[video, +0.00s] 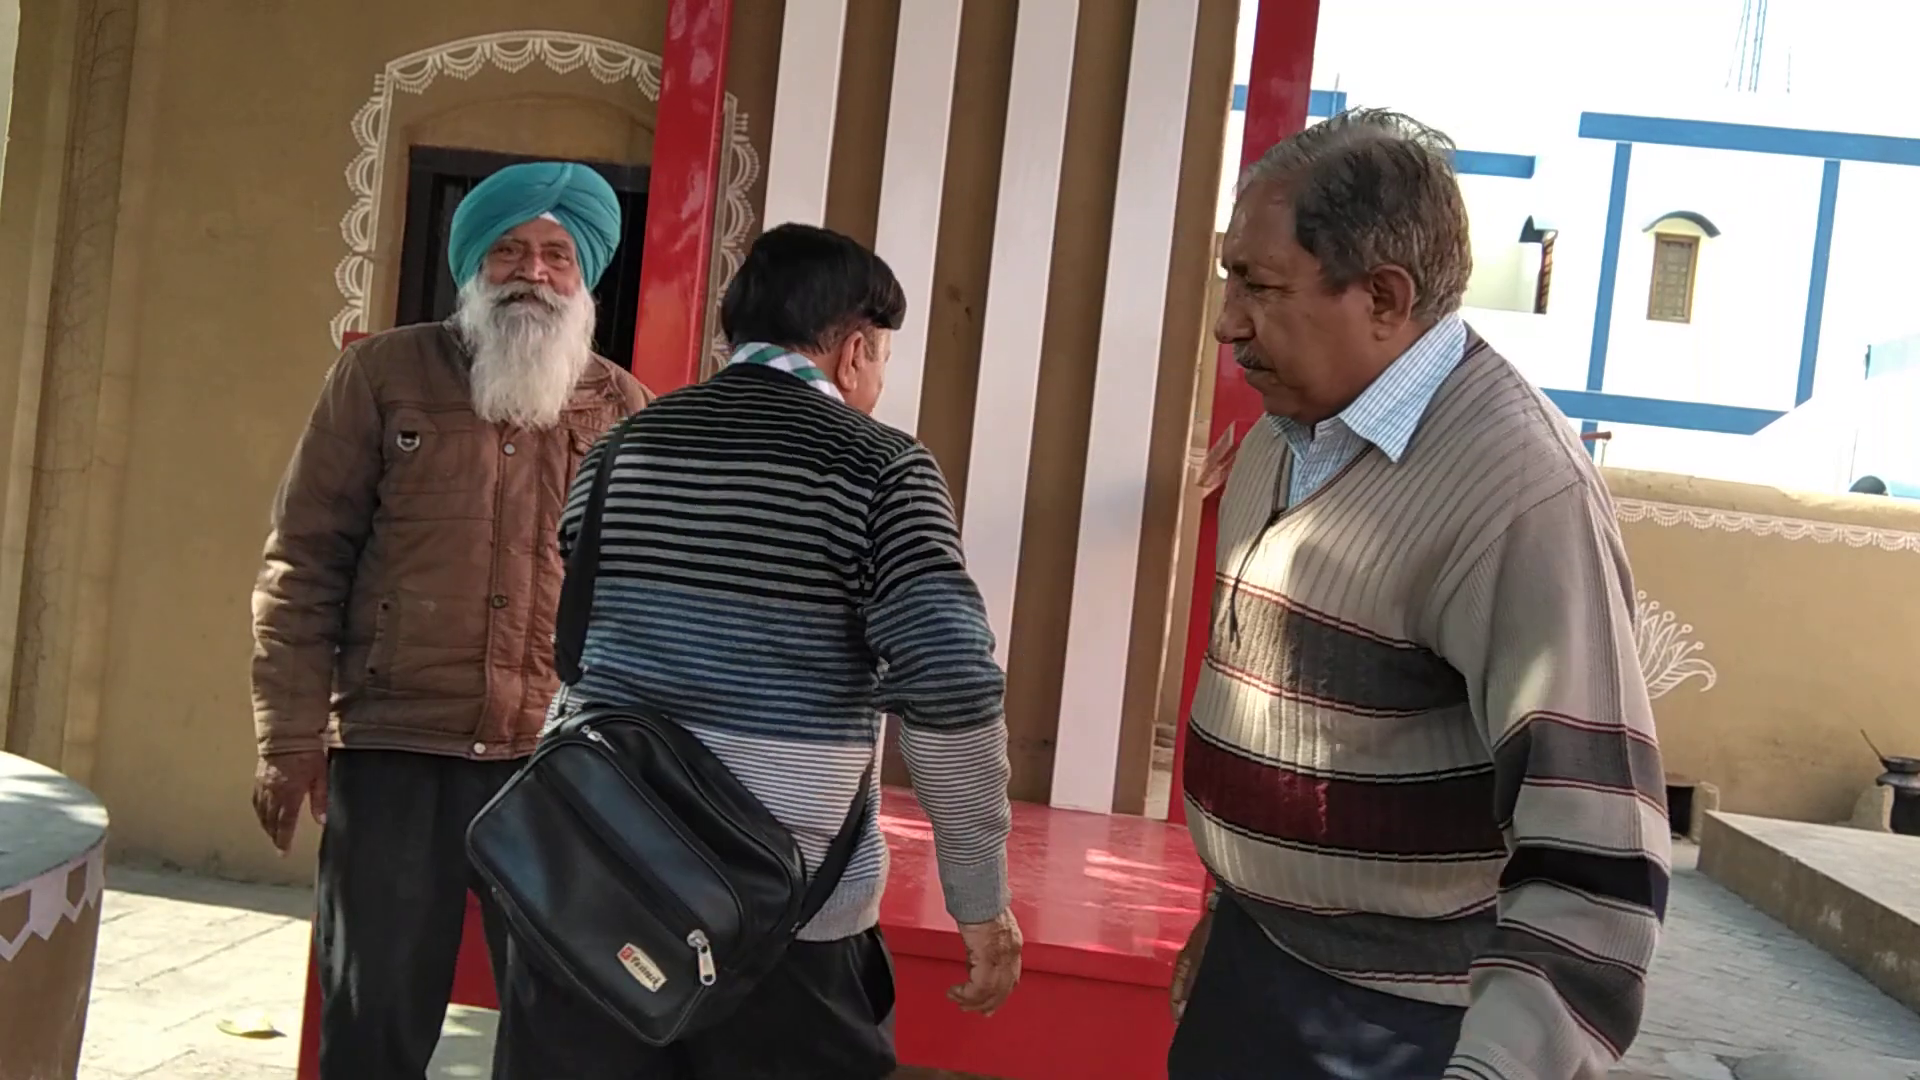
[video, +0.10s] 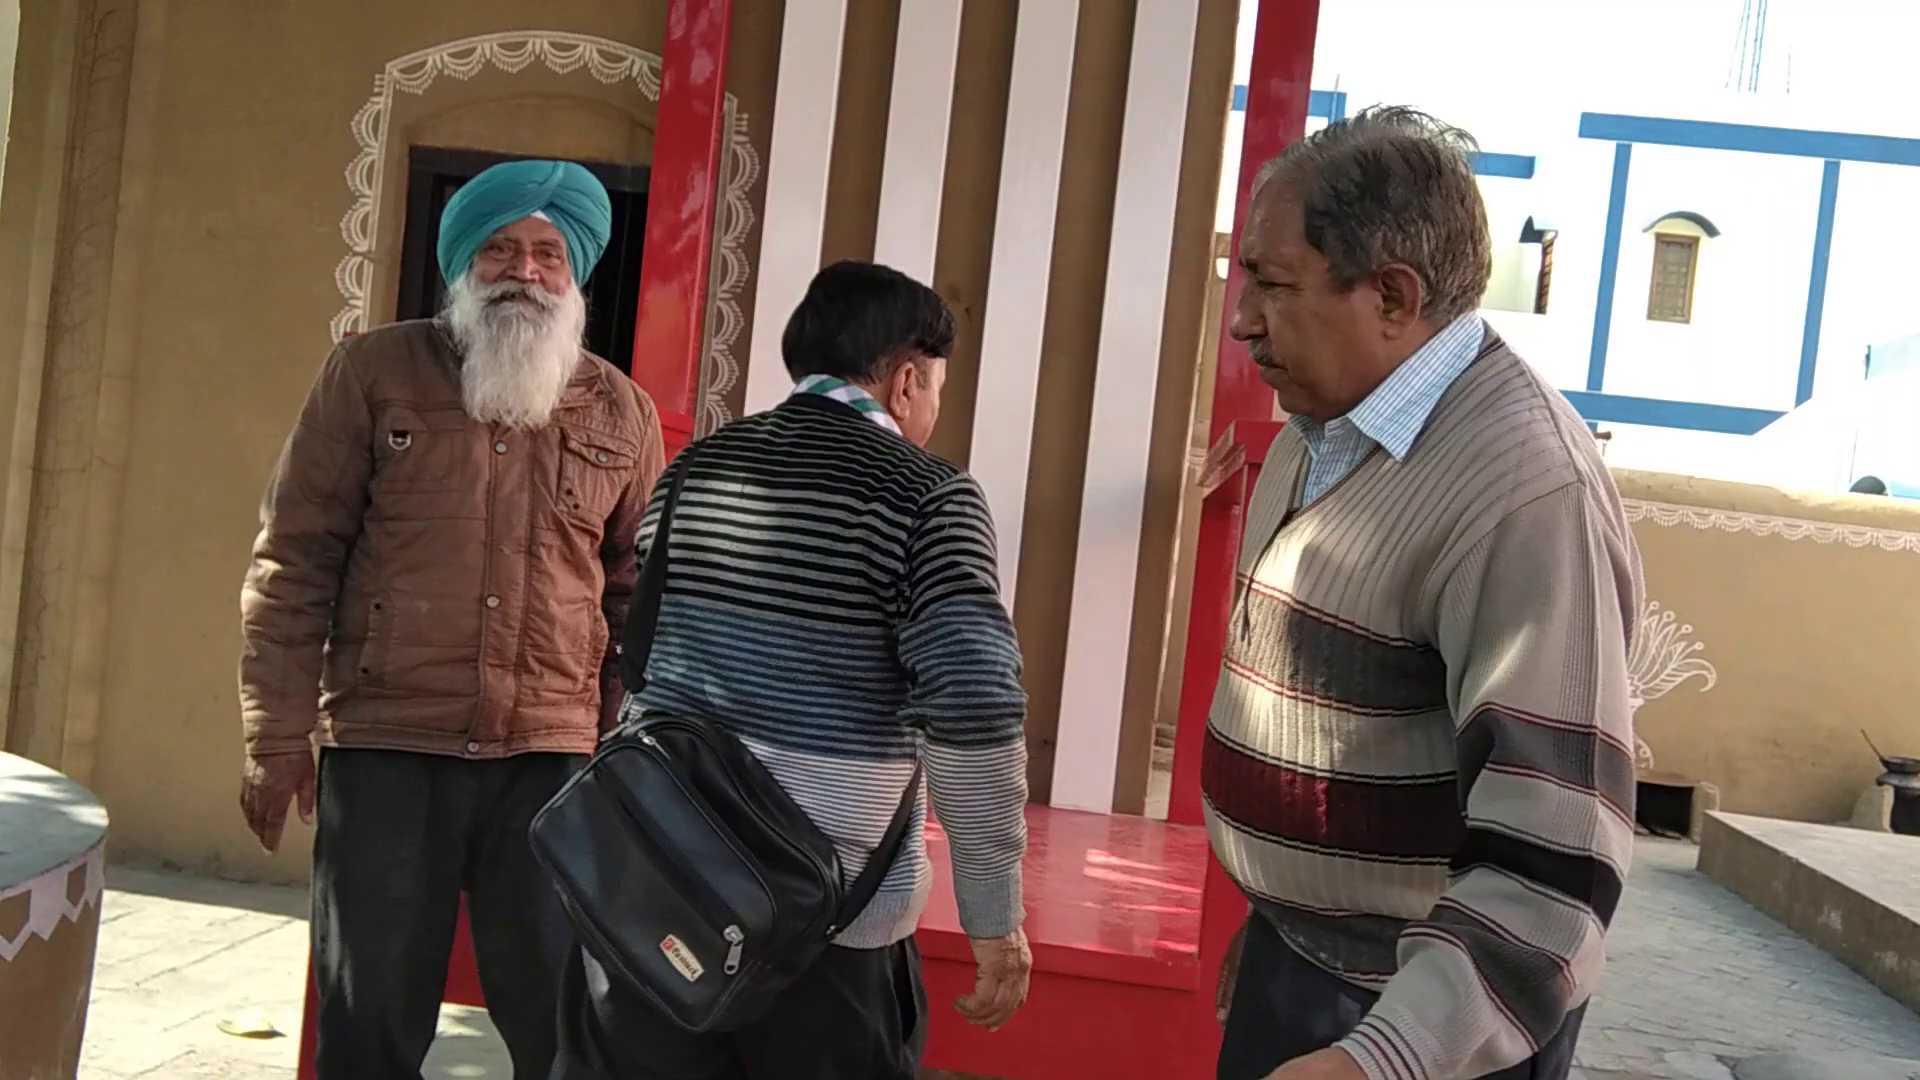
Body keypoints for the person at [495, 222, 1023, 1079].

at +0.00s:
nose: (885, 381)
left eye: (889, 359)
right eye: (887, 359)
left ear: (740, 334)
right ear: (856, 351)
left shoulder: (626, 440)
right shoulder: (880, 464)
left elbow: (575, 648)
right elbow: (949, 688)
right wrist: (980, 896)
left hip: (596, 869)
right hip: (785, 902)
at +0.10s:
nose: (939, 409)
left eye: (943, 390)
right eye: (939, 388)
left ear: (806, 362)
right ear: (903, 380)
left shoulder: (696, 464)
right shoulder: (928, 493)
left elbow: (643, 660)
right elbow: (972, 714)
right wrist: (995, 916)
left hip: (660, 889)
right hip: (831, 926)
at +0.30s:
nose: (1056, 430)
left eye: (1059, 409)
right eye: (1051, 407)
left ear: (924, 386)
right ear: (997, 403)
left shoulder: (833, 466)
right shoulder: (993, 510)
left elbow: (771, 663)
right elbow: (983, 721)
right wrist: (1018, 904)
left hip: (783, 855)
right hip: (902, 895)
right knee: (910, 1058)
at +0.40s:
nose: (1096, 419)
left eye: (1097, 400)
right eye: (1084, 398)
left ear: (999, 391)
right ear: (1012, 391)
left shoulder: (898, 452)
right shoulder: (1000, 494)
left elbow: (801, 626)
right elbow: (955, 699)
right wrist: (1016, 866)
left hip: (840, 847)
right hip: (910, 866)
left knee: (889, 1059)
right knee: (917, 1061)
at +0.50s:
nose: (1110, 423)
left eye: (1117, 406)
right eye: (1092, 401)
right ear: (1019, 395)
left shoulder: (1005, 480)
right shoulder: (985, 491)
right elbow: (918, 682)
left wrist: (1169, 492)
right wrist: (997, 848)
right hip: (898, 864)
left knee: (919, 1061)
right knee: (914, 1064)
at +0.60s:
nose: (1109, 435)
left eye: (1122, 416)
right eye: (1086, 411)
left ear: (1133, 421)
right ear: (1021, 407)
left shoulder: (1048, 515)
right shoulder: (959, 504)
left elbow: (990, 677)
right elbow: (876, 683)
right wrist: (961, 838)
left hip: (962, 866)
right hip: (887, 862)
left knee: (961, 1060)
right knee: (916, 1064)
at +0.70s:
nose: (1101, 437)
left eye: (1119, 418)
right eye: (1078, 411)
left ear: (1133, 425)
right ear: (1023, 405)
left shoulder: (1085, 533)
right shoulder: (938, 500)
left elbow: (1066, 678)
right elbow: (850, 656)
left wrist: (1066, 801)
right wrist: (909, 808)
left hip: (987, 843)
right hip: (866, 826)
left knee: (974, 1050)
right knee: (901, 1046)